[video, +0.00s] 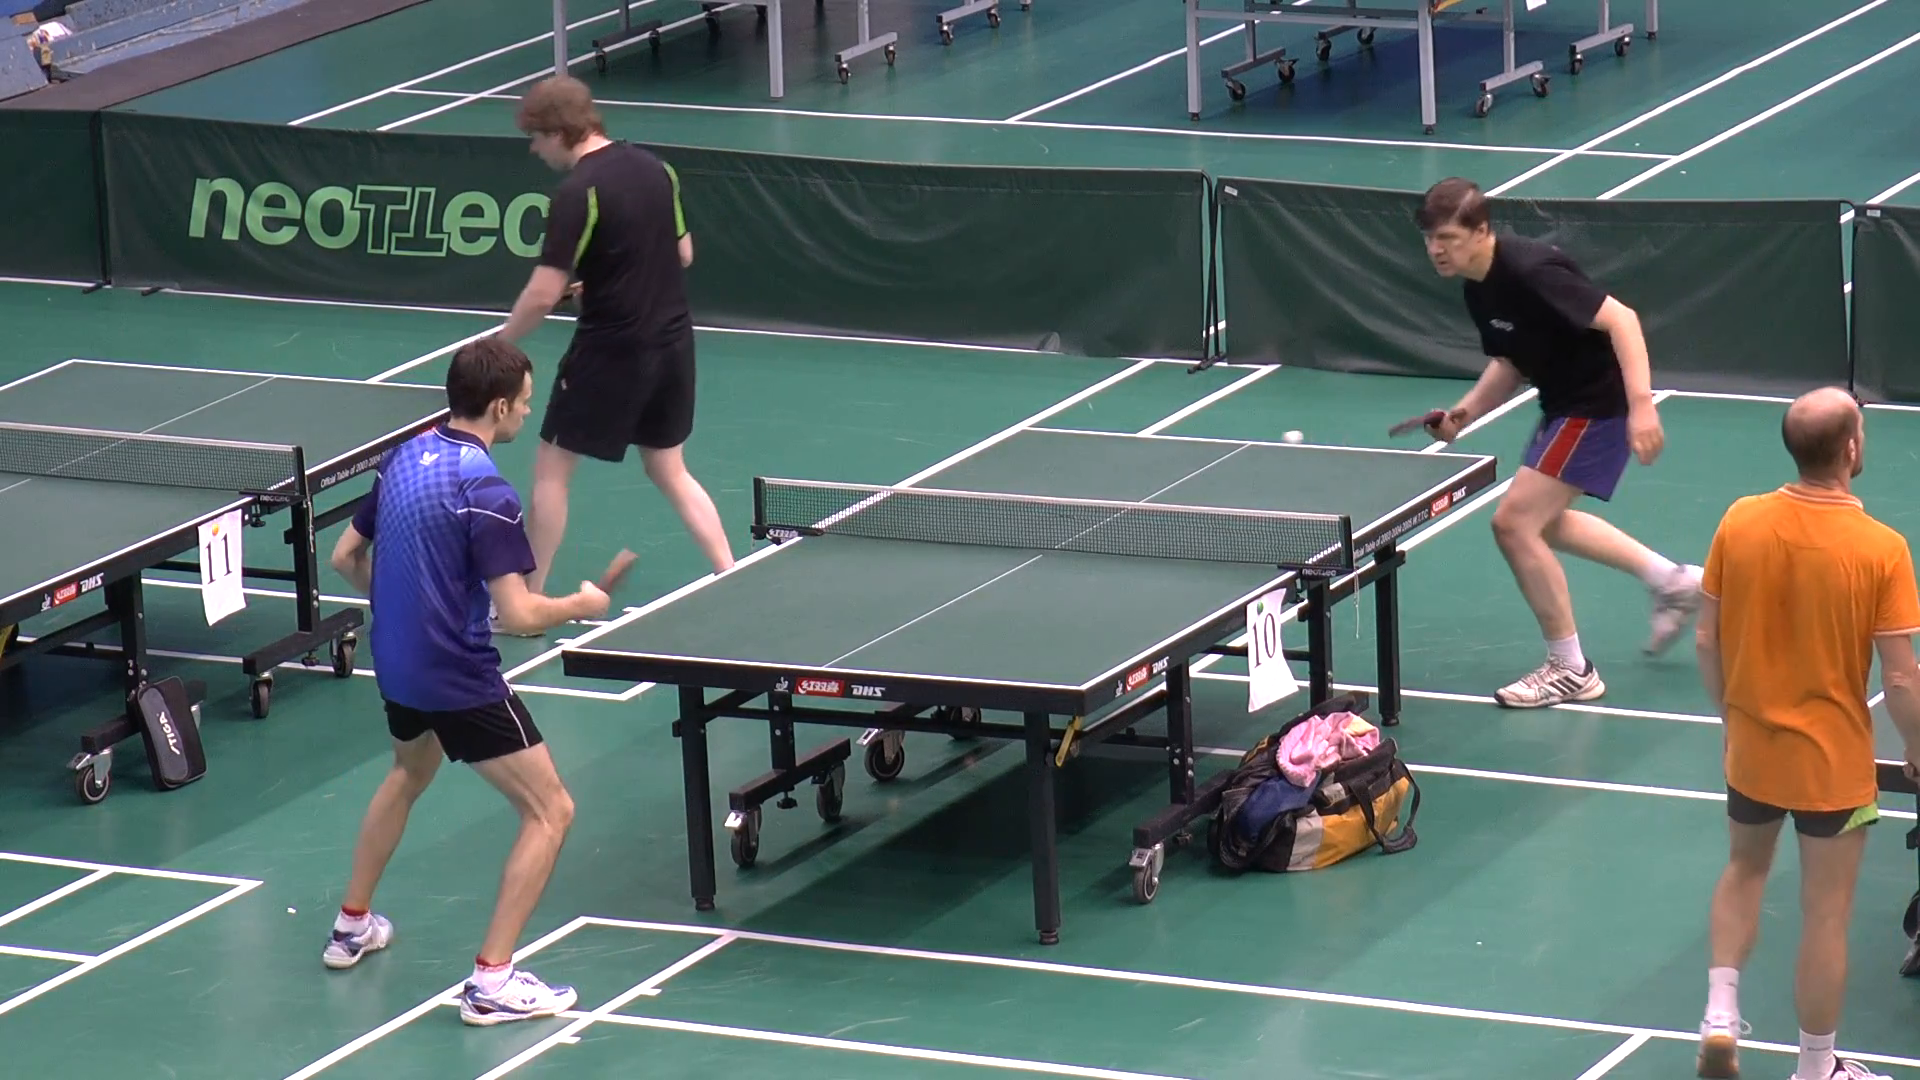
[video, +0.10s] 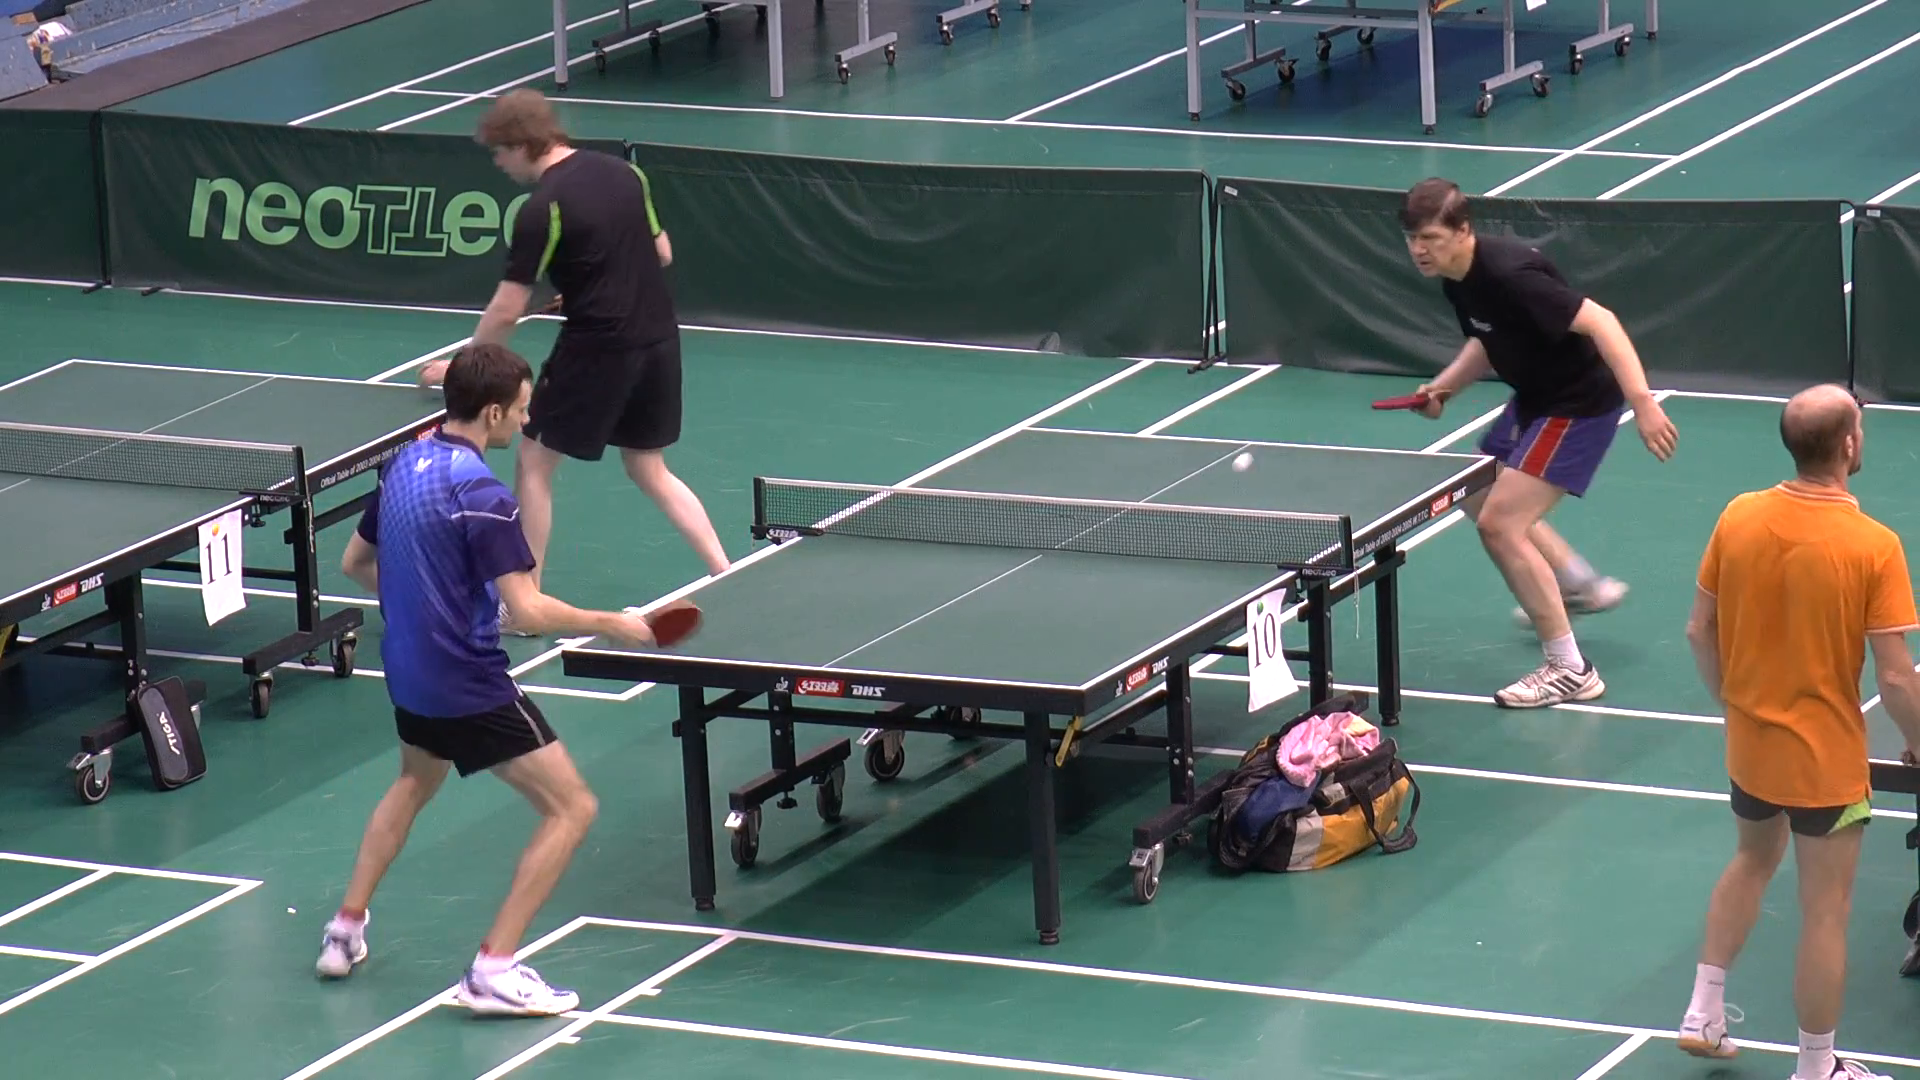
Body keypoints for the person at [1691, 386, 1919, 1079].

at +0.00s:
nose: (1863, 433)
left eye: (1857, 424)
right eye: (1861, 426)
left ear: (1790, 450)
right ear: (1852, 449)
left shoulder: (1741, 521)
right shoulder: (1882, 546)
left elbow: (1708, 639)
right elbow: (1901, 681)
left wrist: (1729, 713)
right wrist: (1916, 756)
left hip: (1749, 747)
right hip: (1834, 758)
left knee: (1744, 866)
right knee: (1826, 915)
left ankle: (1721, 1009)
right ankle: (1817, 1066)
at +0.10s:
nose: (1862, 435)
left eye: (1857, 425)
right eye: (1859, 427)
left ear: (1789, 447)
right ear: (1849, 445)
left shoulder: (1740, 516)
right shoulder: (1874, 543)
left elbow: (1701, 631)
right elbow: (1897, 678)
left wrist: (1734, 699)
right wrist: (1917, 744)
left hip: (1749, 740)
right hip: (1827, 754)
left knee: (1752, 856)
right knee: (1825, 912)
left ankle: (1704, 1011)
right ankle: (1817, 1066)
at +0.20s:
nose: (1857, 426)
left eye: (1853, 417)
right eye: (1854, 419)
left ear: (1785, 443)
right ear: (1842, 442)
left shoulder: (1737, 511)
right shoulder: (1858, 538)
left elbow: (1703, 624)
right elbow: (1882, 673)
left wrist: (1735, 690)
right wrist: (1916, 727)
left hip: (1744, 738)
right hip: (1816, 750)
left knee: (1753, 860)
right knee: (1823, 907)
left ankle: (1707, 1008)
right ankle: (1818, 1066)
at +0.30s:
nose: (1850, 430)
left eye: (1847, 418)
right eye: (1847, 421)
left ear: (1777, 440)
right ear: (1834, 439)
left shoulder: (1732, 510)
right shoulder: (1838, 536)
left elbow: (1712, 629)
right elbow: (1860, 666)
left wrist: (1749, 683)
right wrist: (1909, 714)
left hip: (1733, 739)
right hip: (1800, 749)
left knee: (1743, 867)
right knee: (1824, 901)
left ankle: (1720, 1015)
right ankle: (1818, 1065)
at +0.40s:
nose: (1841, 429)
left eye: (1838, 417)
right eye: (1838, 420)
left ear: (1772, 436)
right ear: (1822, 436)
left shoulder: (1733, 504)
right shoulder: (1811, 529)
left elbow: (1725, 619)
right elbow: (1831, 657)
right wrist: (1897, 700)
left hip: (1718, 727)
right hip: (1775, 739)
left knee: (1731, 871)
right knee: (1810, 893)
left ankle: (1717, 1020)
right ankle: (1817, 1062)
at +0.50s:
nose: (1839, 428)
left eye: (1837, 416)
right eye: (1836, 418)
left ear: (1770, 433)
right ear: (1818, 434)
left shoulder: (1731, 499)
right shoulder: (1790, 521)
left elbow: (1721, 627)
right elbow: (1800, 647)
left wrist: (1776, 706)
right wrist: (1877, 691)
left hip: (1702, 721)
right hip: (1746, 734)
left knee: (1716, 872)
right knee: (1780, 890)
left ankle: (1714, 1020)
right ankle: (1797, 1054)